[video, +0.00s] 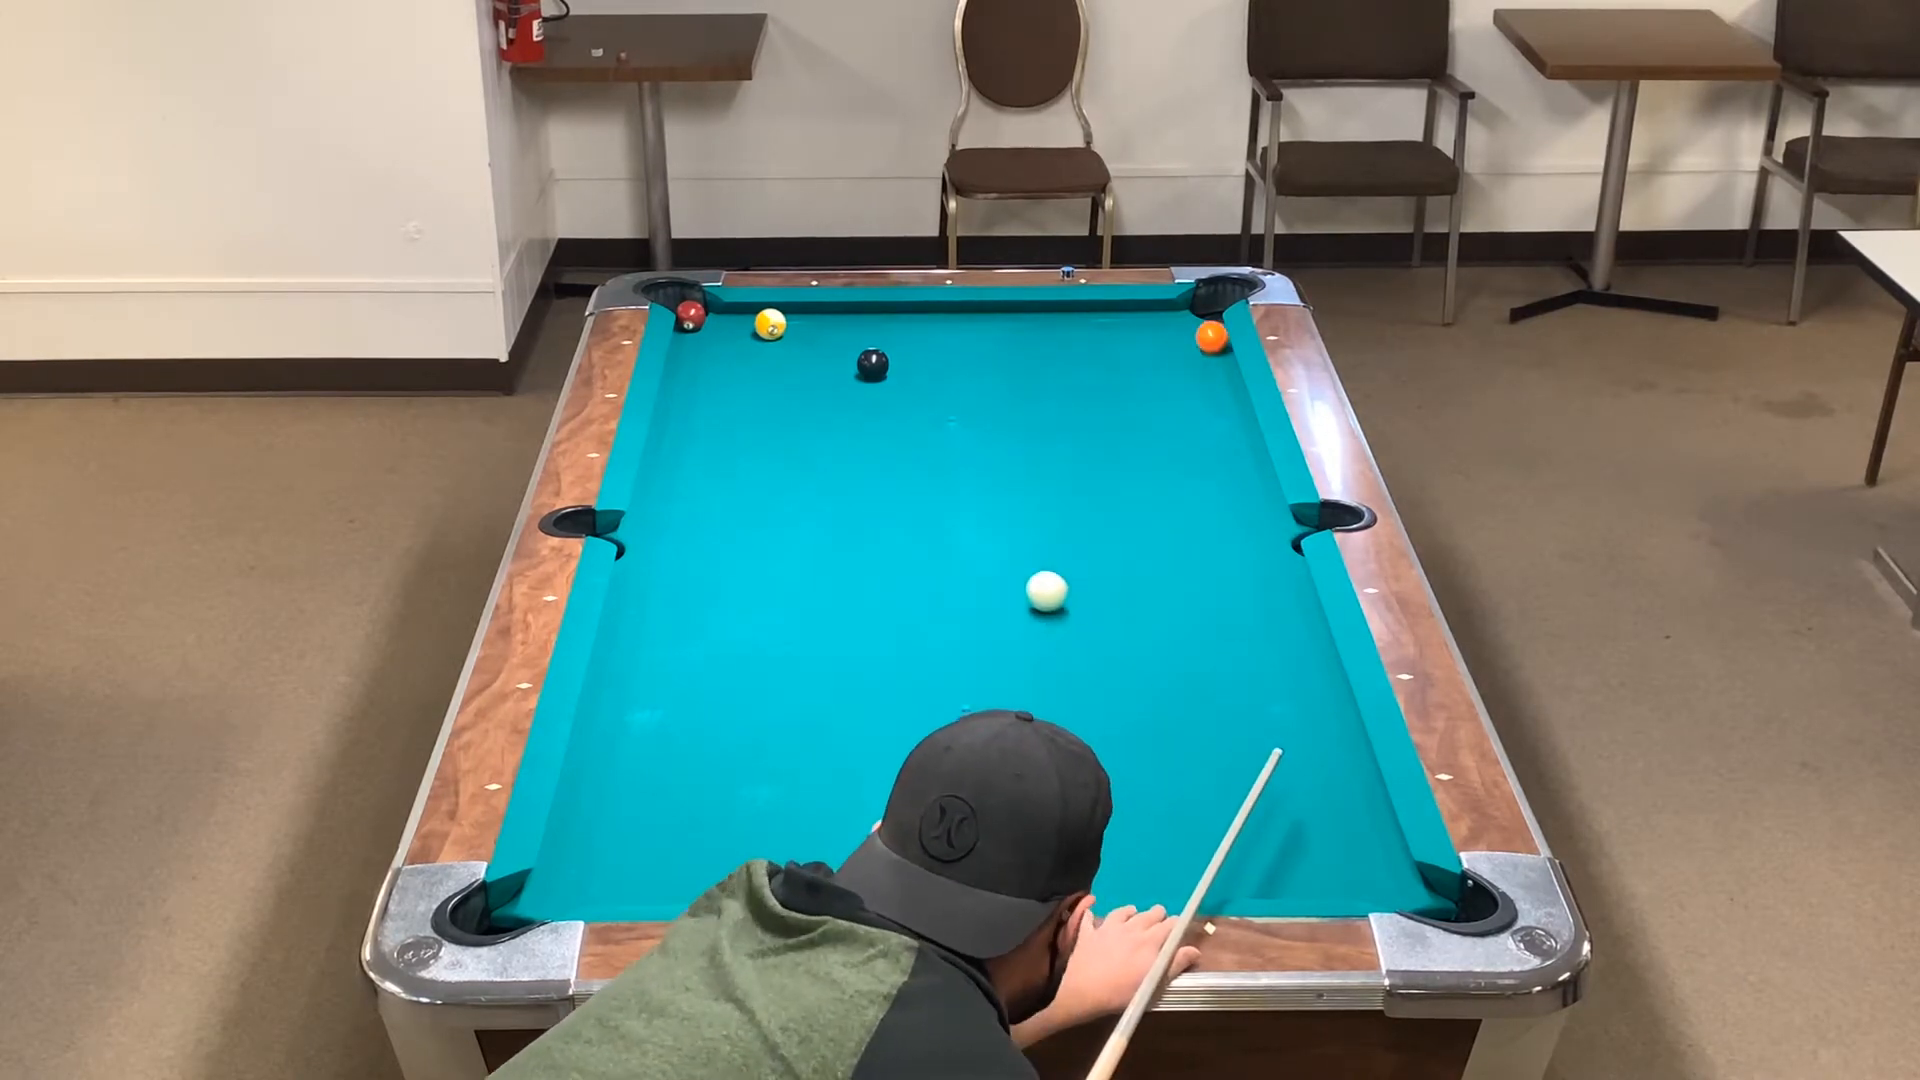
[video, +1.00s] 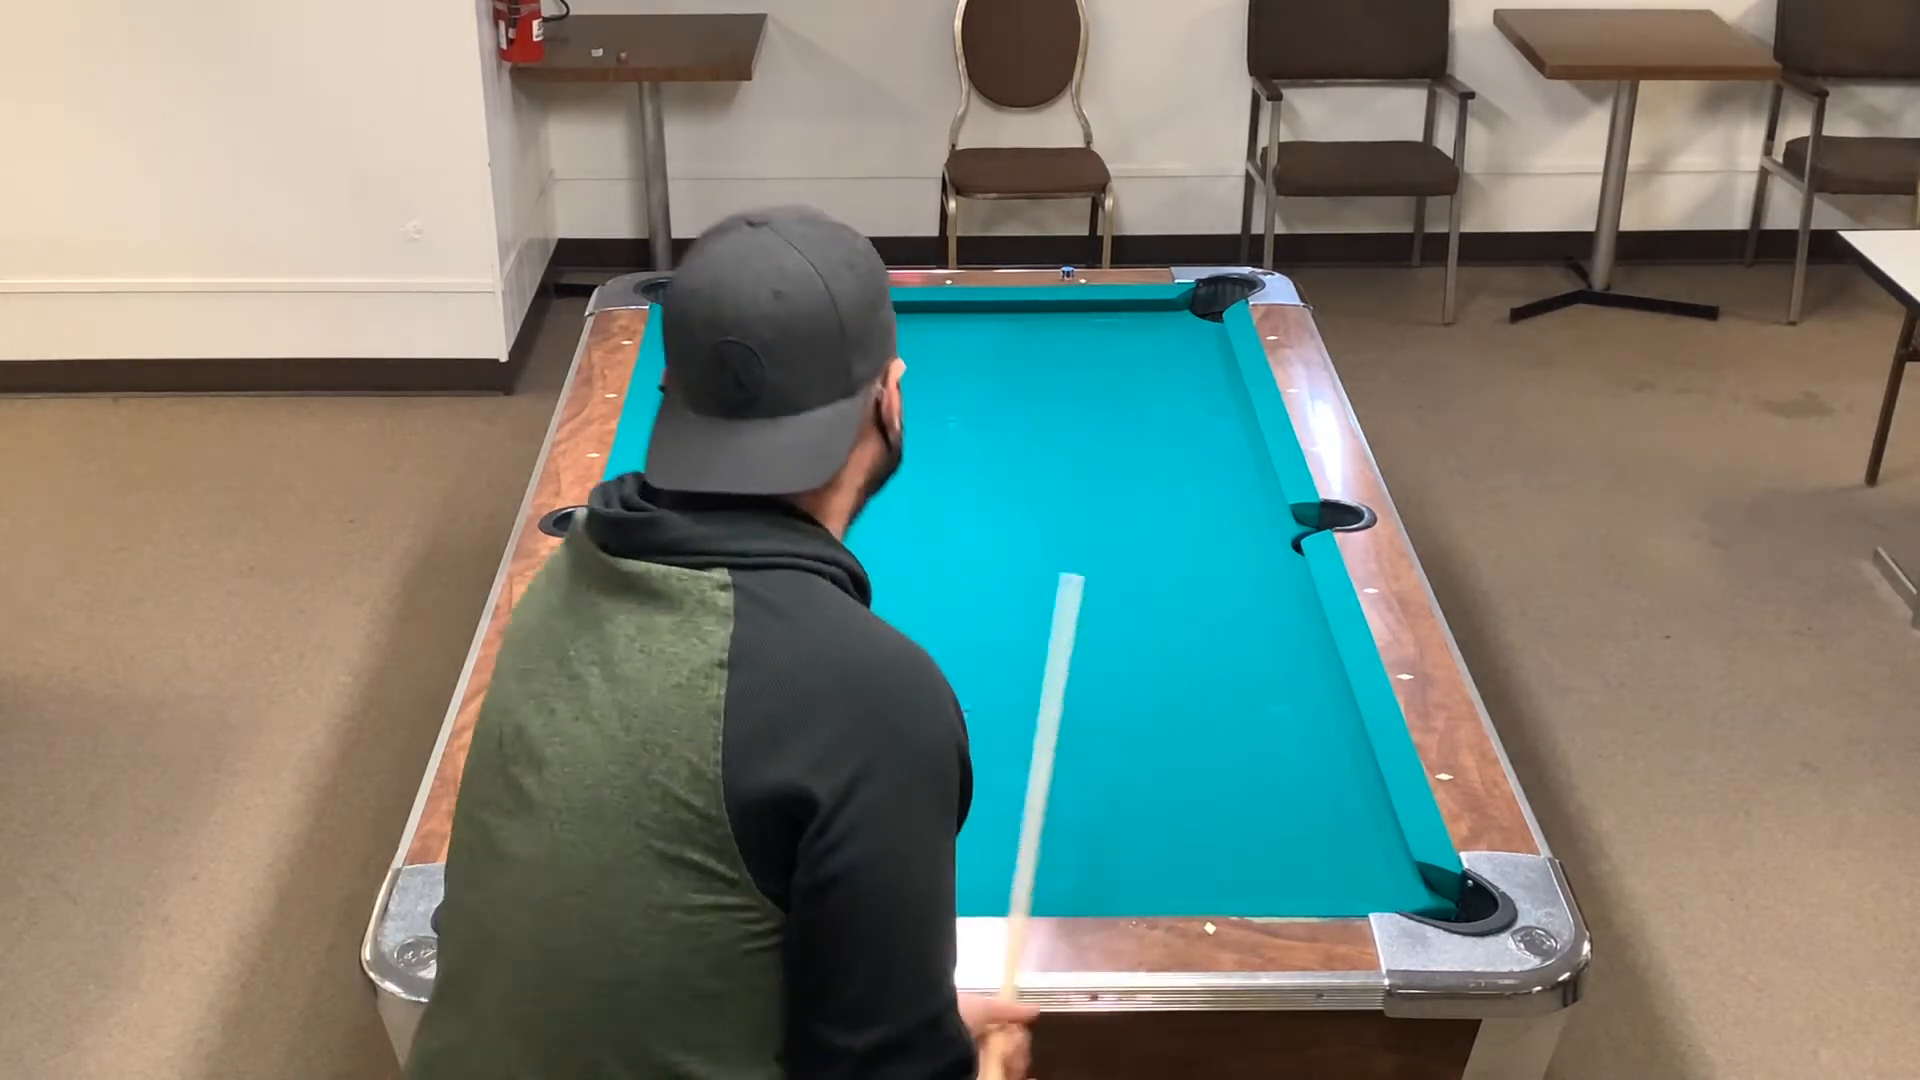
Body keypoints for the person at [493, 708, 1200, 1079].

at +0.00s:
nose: (1074, 929)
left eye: (1080, 913)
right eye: (1078, 913)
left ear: (890, 829)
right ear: (1059, 924)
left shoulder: (752, 897)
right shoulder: (950, 1042)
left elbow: (854, 1036)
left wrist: (1063, 1004)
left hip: (546, 1056)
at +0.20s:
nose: (1068, 874)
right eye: (1069, 853)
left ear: (878, 786)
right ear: (1055, 867)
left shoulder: (754, 857)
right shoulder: (966, 1031)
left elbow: (859, 1004)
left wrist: (1059, 985)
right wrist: (1074, 988)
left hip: (510, 1052)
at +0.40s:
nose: (1056, 751)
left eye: (1053, 729)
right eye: (1057, 733)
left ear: (854, 688)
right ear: (1040, 759)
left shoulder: (750, 793)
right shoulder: (967, 971)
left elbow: (821, 947)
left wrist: (1057, 972)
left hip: (465, 1044)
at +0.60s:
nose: (1019, 613)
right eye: (1023, 592)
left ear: (806, 578)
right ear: (1003, 620)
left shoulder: (709, 709)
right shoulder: (942, 862)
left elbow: (800, 892)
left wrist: (1040, 955)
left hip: (430, 1048)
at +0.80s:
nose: (962, 483)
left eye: (953, 458)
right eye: (959, 463)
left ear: (752, 461)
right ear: (942, 491)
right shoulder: (900, 755)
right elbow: (870, 1061)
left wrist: (1016, 952)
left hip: (425, 1047)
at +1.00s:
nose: (900, 388)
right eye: (896, 373)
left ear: (677, 387)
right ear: (884, 403)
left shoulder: (566, 579)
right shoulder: (869, 696)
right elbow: (885, 1056)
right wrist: (978, 1055)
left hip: (457, 1050)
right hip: (704, 1064)